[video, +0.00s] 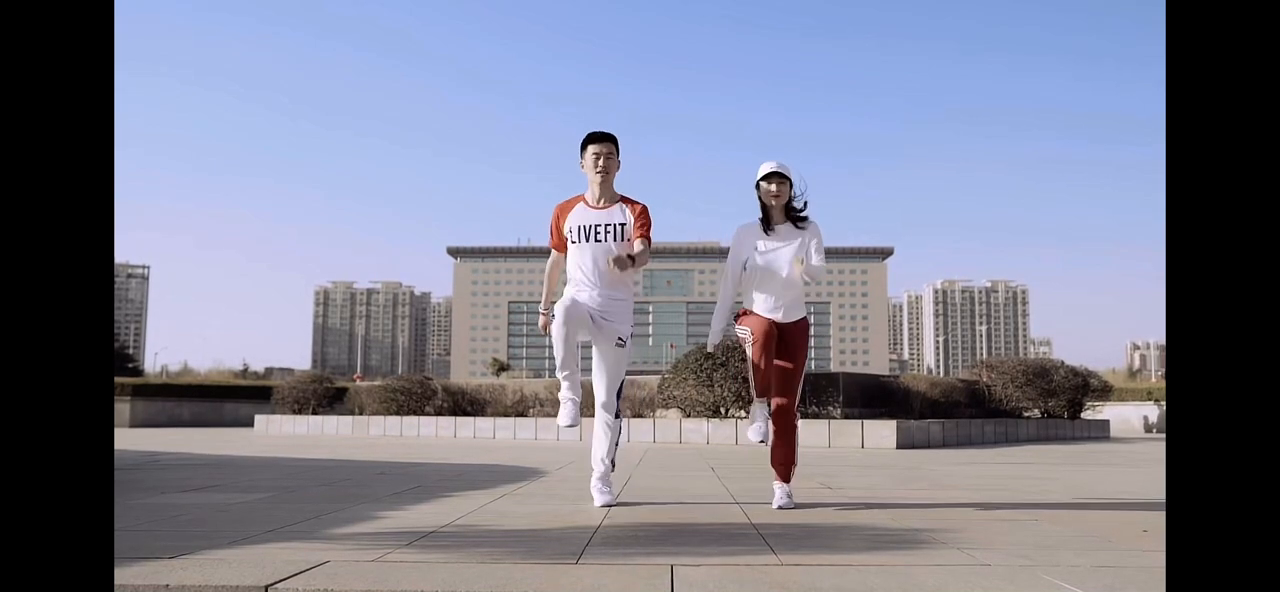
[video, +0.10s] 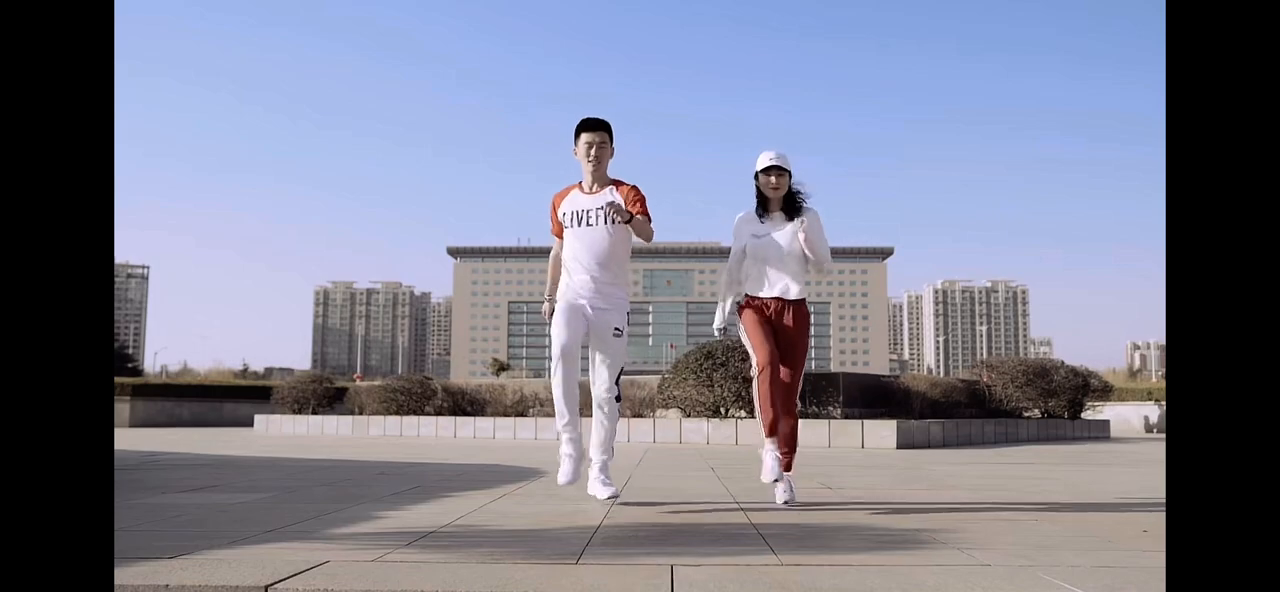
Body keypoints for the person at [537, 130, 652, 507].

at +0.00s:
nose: (603, 161)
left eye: (609, 156)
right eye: (595, 156)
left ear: (618, 163)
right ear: (583, 164)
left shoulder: (635, 210)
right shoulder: (565, 211)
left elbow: (644, 251)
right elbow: (556, 260)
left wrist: (630, 261)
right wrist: (545, 305)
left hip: (616, 310)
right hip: (578, 301)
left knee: (608, 402)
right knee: (567, 310)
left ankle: (602, 477)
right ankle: (569, 394)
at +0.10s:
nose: (595, 151)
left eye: (602, 145)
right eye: (588, 146)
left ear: (612, 151)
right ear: (576, 152)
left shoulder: (627, 193)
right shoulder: (562, 200)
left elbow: (648, 235)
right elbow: (558, 251)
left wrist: (629, 219)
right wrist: (549, 295)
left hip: (612, 302)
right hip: (571, 297)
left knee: (605, 389)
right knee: (561, 357)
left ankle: (600, 471)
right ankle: (569, 447)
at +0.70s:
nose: (595, 153)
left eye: (602, 147)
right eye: (588, 146)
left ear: (610, 151)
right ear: (573, 148)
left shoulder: (620, 197)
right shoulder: (549, 192)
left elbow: (624, 238)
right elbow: (521, 245)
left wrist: (634, 275)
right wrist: (537, 238)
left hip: (602, 297)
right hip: (563, 300)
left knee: (591, 371)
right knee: (568, 381)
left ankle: (587, 465)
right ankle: (587, 464)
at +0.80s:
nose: (598, 174)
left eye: (605, 168)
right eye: (591, 167)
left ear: (612, 173)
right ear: (576, 168)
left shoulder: (619, 215)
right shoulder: (552, 212)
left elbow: (633, 246)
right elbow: (522, 260)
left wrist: (652, 274)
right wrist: (539, 272)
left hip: (602, 324)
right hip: (561, 326)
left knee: (595, 406)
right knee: (570, 412)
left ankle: (586, 493)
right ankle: (583, 474)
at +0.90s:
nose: (597, 160)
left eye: (604, 153)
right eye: (591, 152)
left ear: (612, 157)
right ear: (575, 153)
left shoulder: (621, 200)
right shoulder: (550, 198)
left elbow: (634, 243)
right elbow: (532, 248)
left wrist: (647, 284)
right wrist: (533, 286)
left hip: (601, 312)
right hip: (559, 310)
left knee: (596, 398)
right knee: (564, 399)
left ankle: (588, 484)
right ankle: (575, 467)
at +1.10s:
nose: (594, 161)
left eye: (601, 155)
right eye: (587, 154)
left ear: (607, 159)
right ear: (571, 157)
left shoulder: (619, 205)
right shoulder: (550, 203)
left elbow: (637, 258)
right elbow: (525, 251)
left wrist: (607, 241)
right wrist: (495, 294)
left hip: (596, 311)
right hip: (558, 301)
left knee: (590, 398)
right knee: (548, 279)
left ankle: (586, 481)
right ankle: (539, 379)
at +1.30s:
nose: (599, 134)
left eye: (606, 128)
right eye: (592, 126)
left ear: (613, 133)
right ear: (575, 128)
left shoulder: (624, 184)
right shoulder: (547, 174)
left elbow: (641, 245)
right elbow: (529, 217)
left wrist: (636, 230)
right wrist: (520, 229)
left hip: (589, 293)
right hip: (545, 288)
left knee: (577, 380)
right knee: (528, 373)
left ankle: (569, 473)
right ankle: (547, 427)